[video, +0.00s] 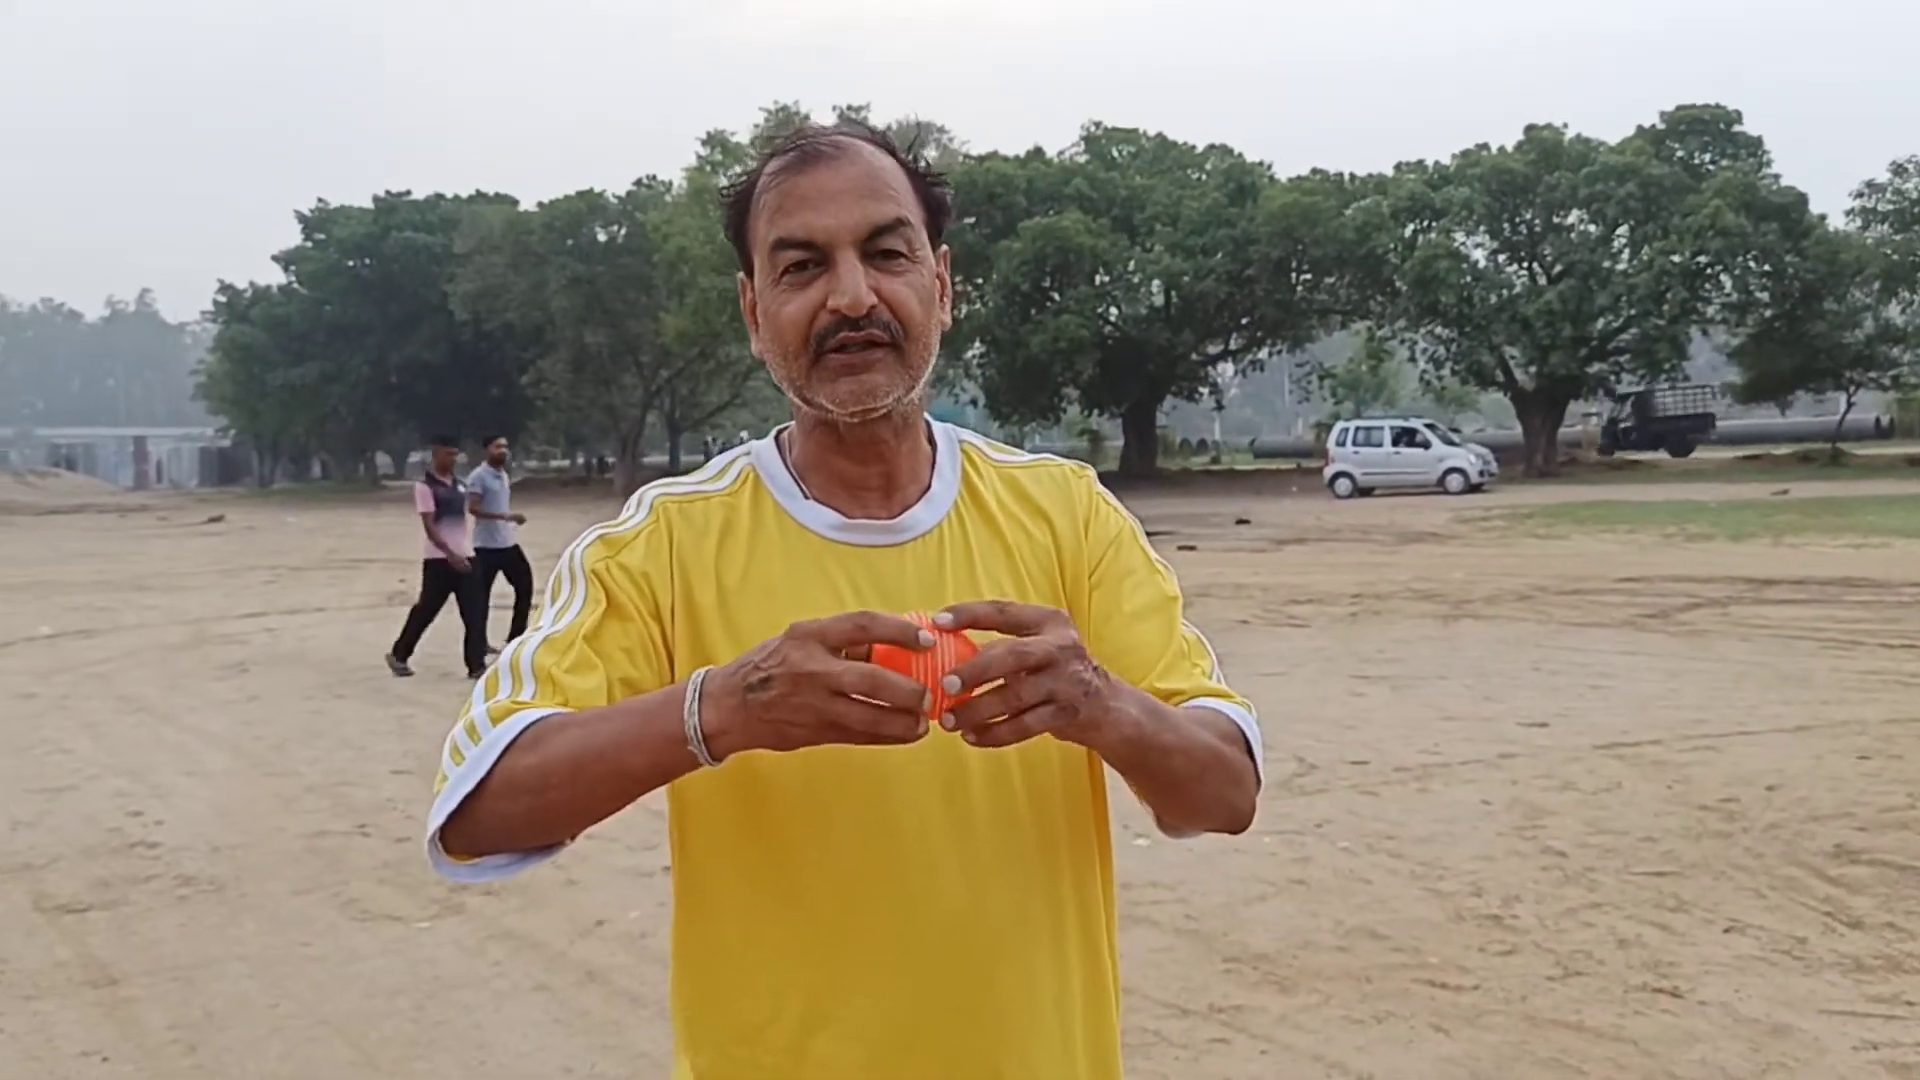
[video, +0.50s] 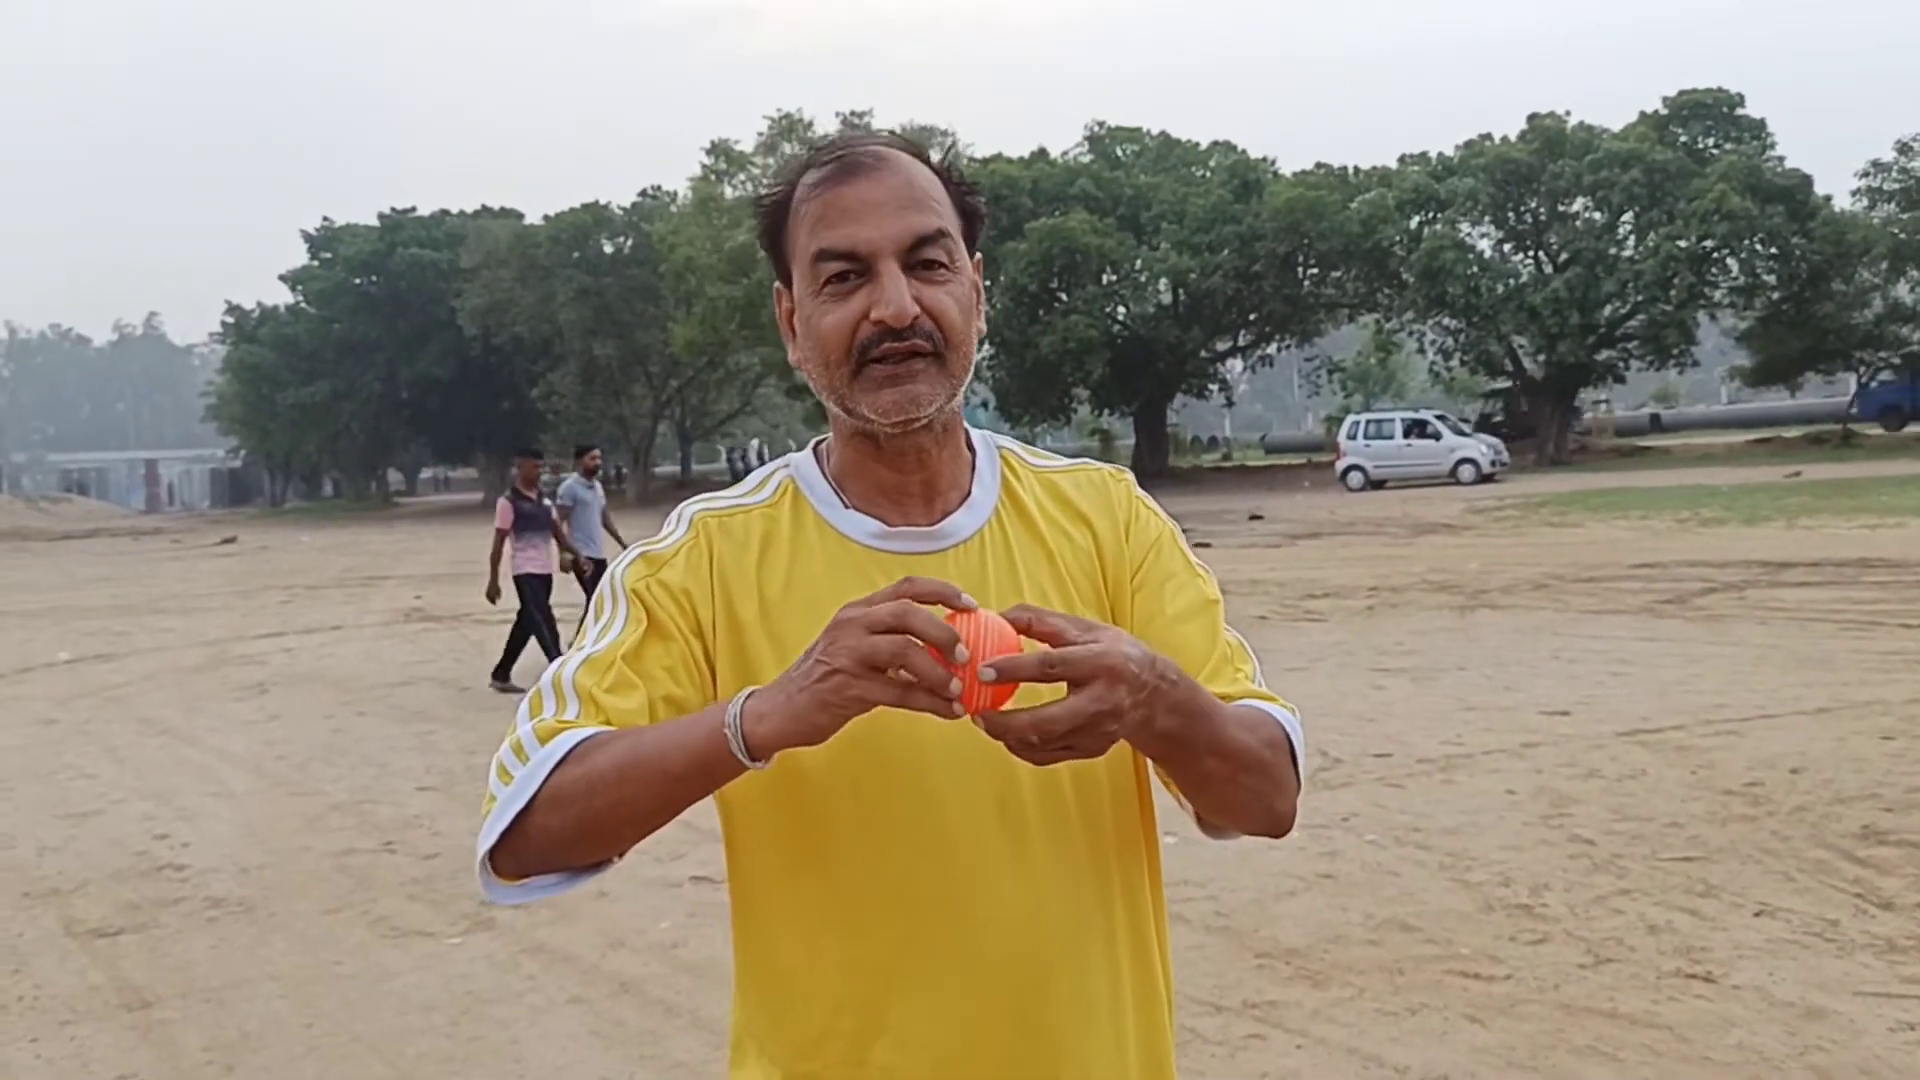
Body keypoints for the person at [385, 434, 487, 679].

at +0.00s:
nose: (452, 459)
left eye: (454, 454)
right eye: (447, 454)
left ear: (457, 456)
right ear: (435, 454)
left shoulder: (458, 485)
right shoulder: (424, 487)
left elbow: (460, 521)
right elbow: (429, 528)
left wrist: (467, 551)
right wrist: (452, 555)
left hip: (465, 558)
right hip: (439, 560)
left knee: (475, 618)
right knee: (425, 611)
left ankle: (476, 666)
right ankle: (398, 655)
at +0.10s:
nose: (478, 461)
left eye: (480, 456)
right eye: (473, 456)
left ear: (482, 458)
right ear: (460, 456)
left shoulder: (483, 488)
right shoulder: (449, 490)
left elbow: (487, 524)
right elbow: (451, 528)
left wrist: (493, 552)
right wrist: (462, 561)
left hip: (492, 559)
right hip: (468, 561)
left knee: (495, 619)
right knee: (467, 616)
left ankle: (488, 669)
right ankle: (429, 646)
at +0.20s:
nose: (495, 461)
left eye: (497, 456)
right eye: (491, 456)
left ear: (499, 459)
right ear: (477, 456)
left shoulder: (502, 490)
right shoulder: (465, 490)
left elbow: (513, 525)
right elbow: (462, 529)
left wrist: (523, 554)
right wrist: (468, 564)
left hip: (510, 558)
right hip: (484, 559)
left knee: (508, 614)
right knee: (500, 610)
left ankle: (494, 670)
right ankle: (467, 653)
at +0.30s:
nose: (510, 464)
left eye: (511, 460)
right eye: (505, 459)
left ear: (512, 462)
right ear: (490, 460)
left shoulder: (516, 494)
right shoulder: (478, 494)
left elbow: (528, 526)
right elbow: (469, 532)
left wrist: (544, 553)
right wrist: (470, 571)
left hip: (516, 561)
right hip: (495, 560)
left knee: (507, 617)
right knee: (515, 611)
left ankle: (496, 673)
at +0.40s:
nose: (524, 469)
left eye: (526, 464)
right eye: (520, 464)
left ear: (526, 468)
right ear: (506, 465)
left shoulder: (530, 498)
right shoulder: (493, 499)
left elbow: (543, 528)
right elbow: (483, 538)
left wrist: (562, 552)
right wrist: (478, 575)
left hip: (529, 568)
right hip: (509, 568)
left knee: (511, 625)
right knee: (528, 621)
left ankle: (496, 675)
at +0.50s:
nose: (538, 471)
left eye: (540, 467)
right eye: (534, 467)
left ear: (540, 469)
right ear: (519, 467)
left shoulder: (543, 500)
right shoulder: (508, 502)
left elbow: (557, 532)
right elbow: (498, 542)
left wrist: (577, 555)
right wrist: (493, 580)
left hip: (545, 571)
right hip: (524, 572)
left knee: (524, 626)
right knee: (543, 623)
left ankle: (501, 673)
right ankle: (562, 671)